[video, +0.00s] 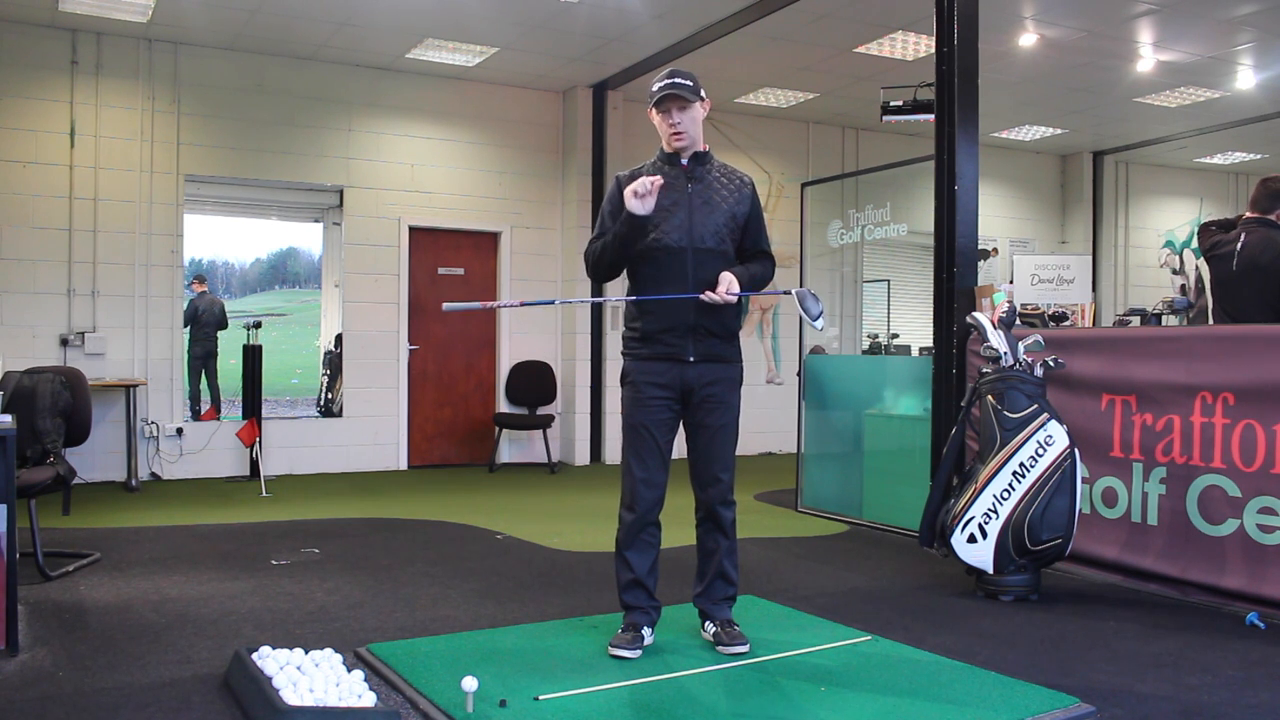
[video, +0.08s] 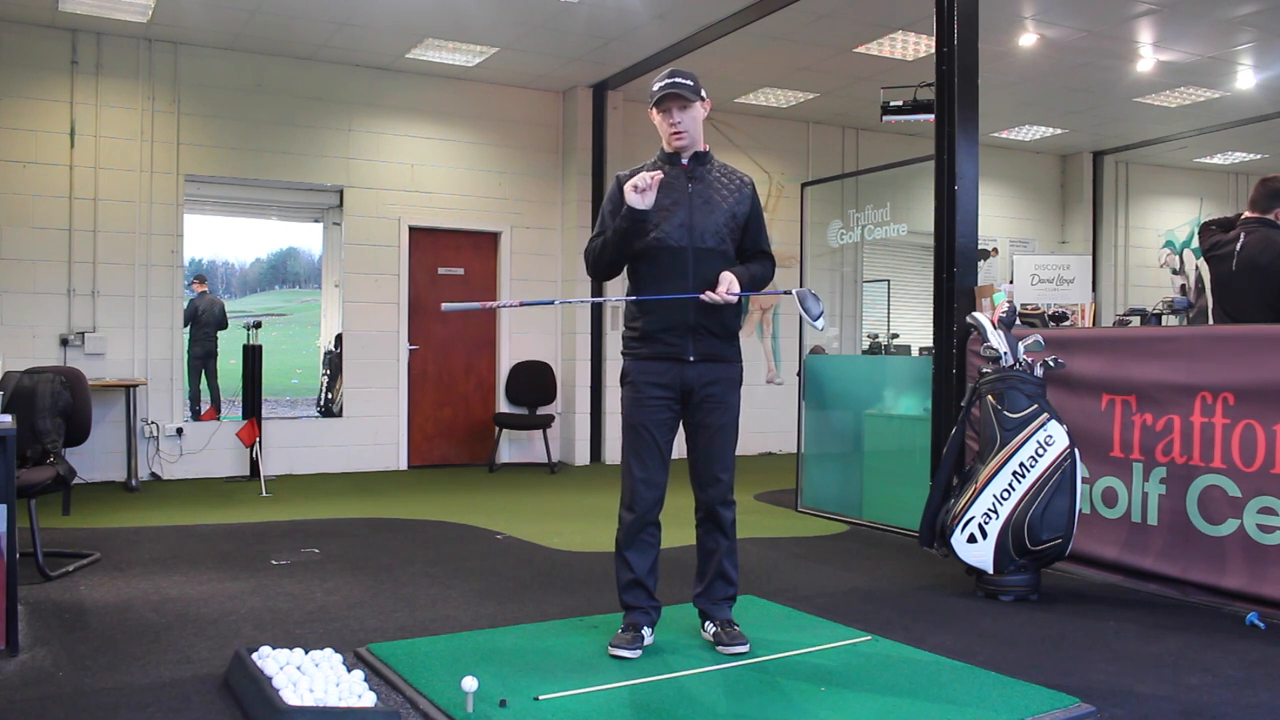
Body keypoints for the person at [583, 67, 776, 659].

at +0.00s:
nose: (673, 118)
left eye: (682, 106)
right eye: (663, 109)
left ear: (705, 109)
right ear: (653, 118)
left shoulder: (738, 187)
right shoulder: (630, 185)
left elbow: (762, 263)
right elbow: (598, 268)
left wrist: (738, 277)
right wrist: (635, 217)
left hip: (717, 362)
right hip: (649, 360)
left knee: (716, 495)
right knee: (641, 495)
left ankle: (718, 612)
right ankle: (638, 616)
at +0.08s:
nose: (673, 117)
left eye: (683, 106)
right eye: (664, 109)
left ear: (705, 110)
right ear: (653, 118)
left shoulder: (737, 186)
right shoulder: (630, 185)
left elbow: (762, 264)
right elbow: (598, 267)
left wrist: (739, 277)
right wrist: (635, 212)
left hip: (717, 361)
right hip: (649, 359)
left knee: (716, 494)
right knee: (641, 496)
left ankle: (718, 612)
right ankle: (638, 616)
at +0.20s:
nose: (674, 116)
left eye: (684, 105)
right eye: (664, 108)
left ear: (705, 110)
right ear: (653, 117)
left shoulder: (737, 187)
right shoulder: (631, 185)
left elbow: (761, 264)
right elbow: (598, 266)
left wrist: (740, 278)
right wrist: (636, 210)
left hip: (717, 361)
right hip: (649, 359)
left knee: (716, 495)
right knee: (641, 496)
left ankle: (718, 612)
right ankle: (638, 616)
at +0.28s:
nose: (673, 116)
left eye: (683, 105)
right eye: (664, 108)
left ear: (706, 109)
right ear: (653, 118)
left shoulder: (737, 187)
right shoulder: (631, 185)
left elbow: (761, 264)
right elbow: (599, 266)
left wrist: (739, 278)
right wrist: (637, 212)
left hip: (716, 361)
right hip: (649, 359)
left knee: (716, 494)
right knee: (641, 495)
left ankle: (718, 612)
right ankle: (638, 616)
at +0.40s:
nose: (673, 117)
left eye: (683, 106)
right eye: (664, 109)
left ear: (705, 109)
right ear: (654, 119)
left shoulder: (738, 187)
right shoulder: (631, 186)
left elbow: (760, 265)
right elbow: (599, 268)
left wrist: (739, 278)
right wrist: (632, 218)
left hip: (716, 361)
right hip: (649, 359)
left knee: (716, 494)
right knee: (641, 495)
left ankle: (718, 612)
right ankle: (638, 616)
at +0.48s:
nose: (673, 117)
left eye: (683, 106)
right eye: (663, 108)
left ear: (705, 109)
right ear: (653, 118)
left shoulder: (737, 187)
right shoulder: (630, 186)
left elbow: (760, 264)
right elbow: (600, 269)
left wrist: (739, 278)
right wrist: (635, 219)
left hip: (716, 361)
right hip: (649, 359)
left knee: (716, 494)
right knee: (641, 495)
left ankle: (718, 612)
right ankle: (638, 616)